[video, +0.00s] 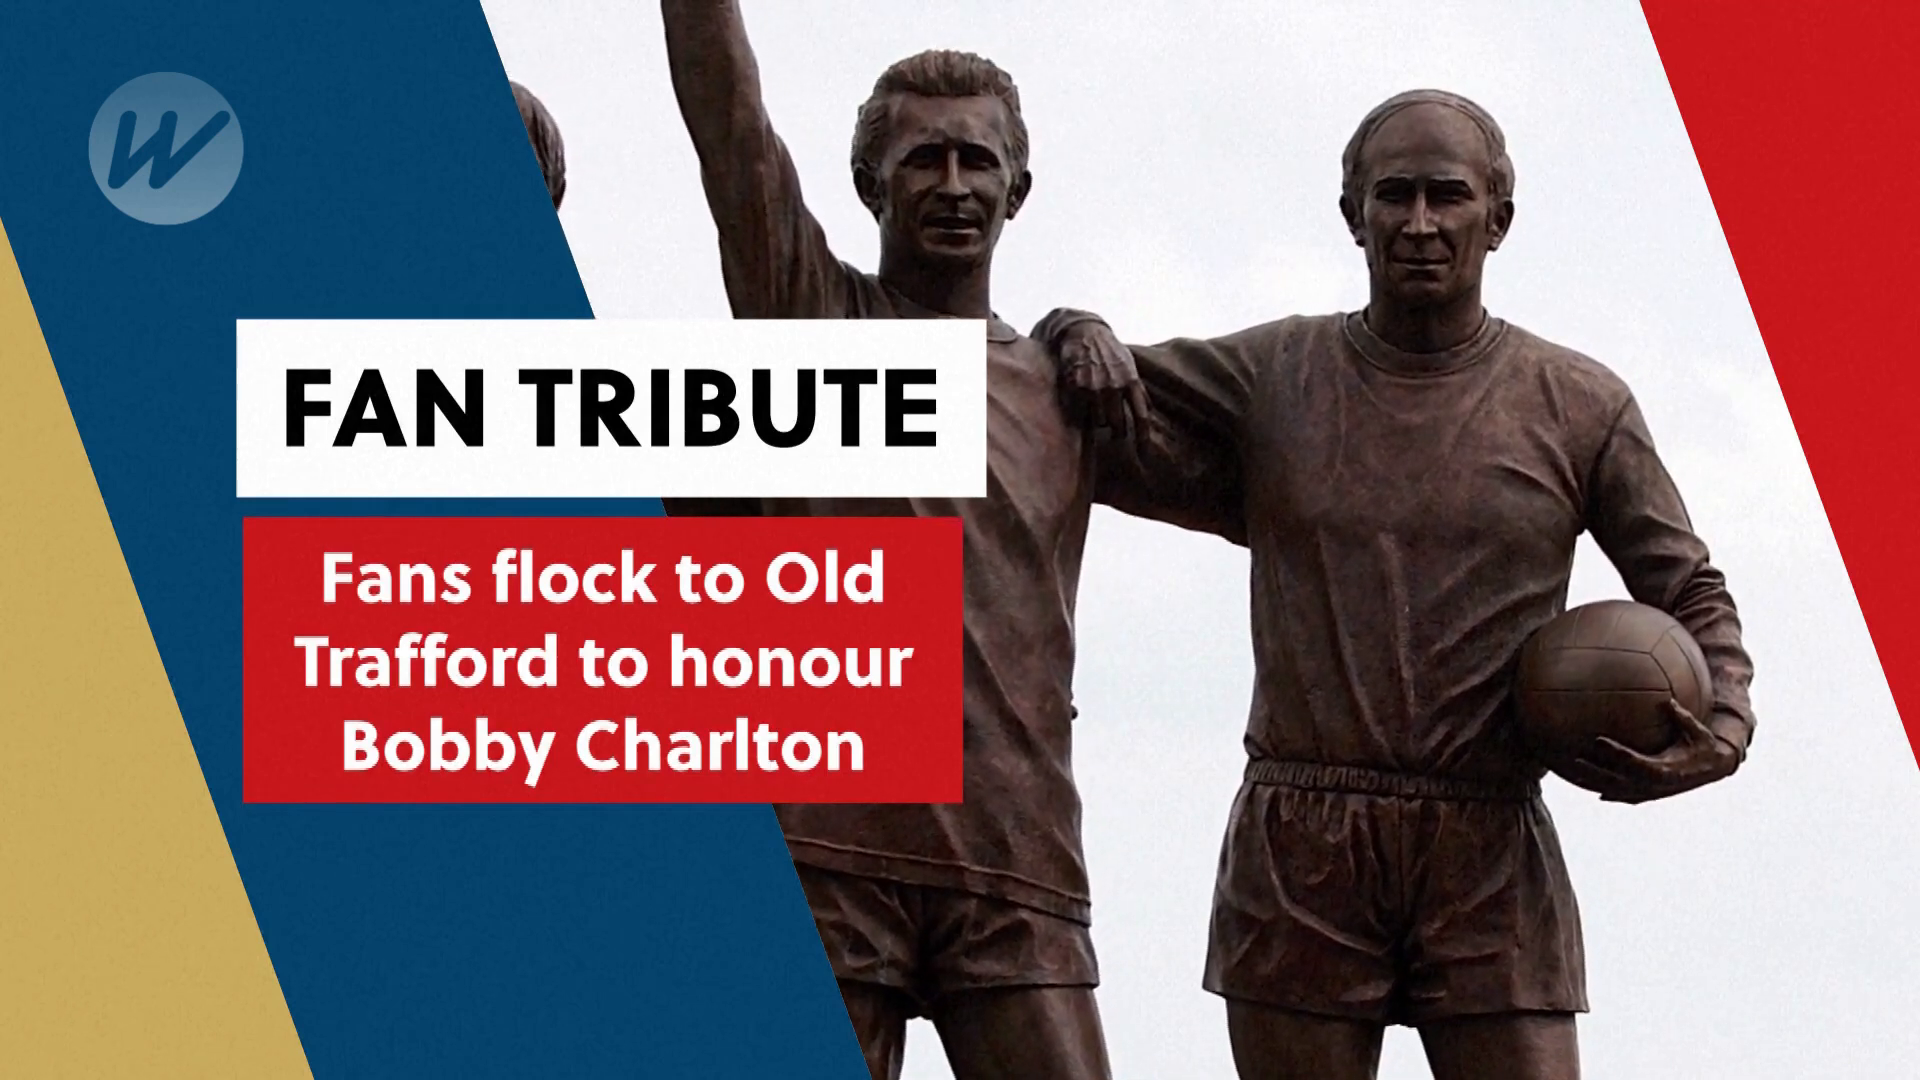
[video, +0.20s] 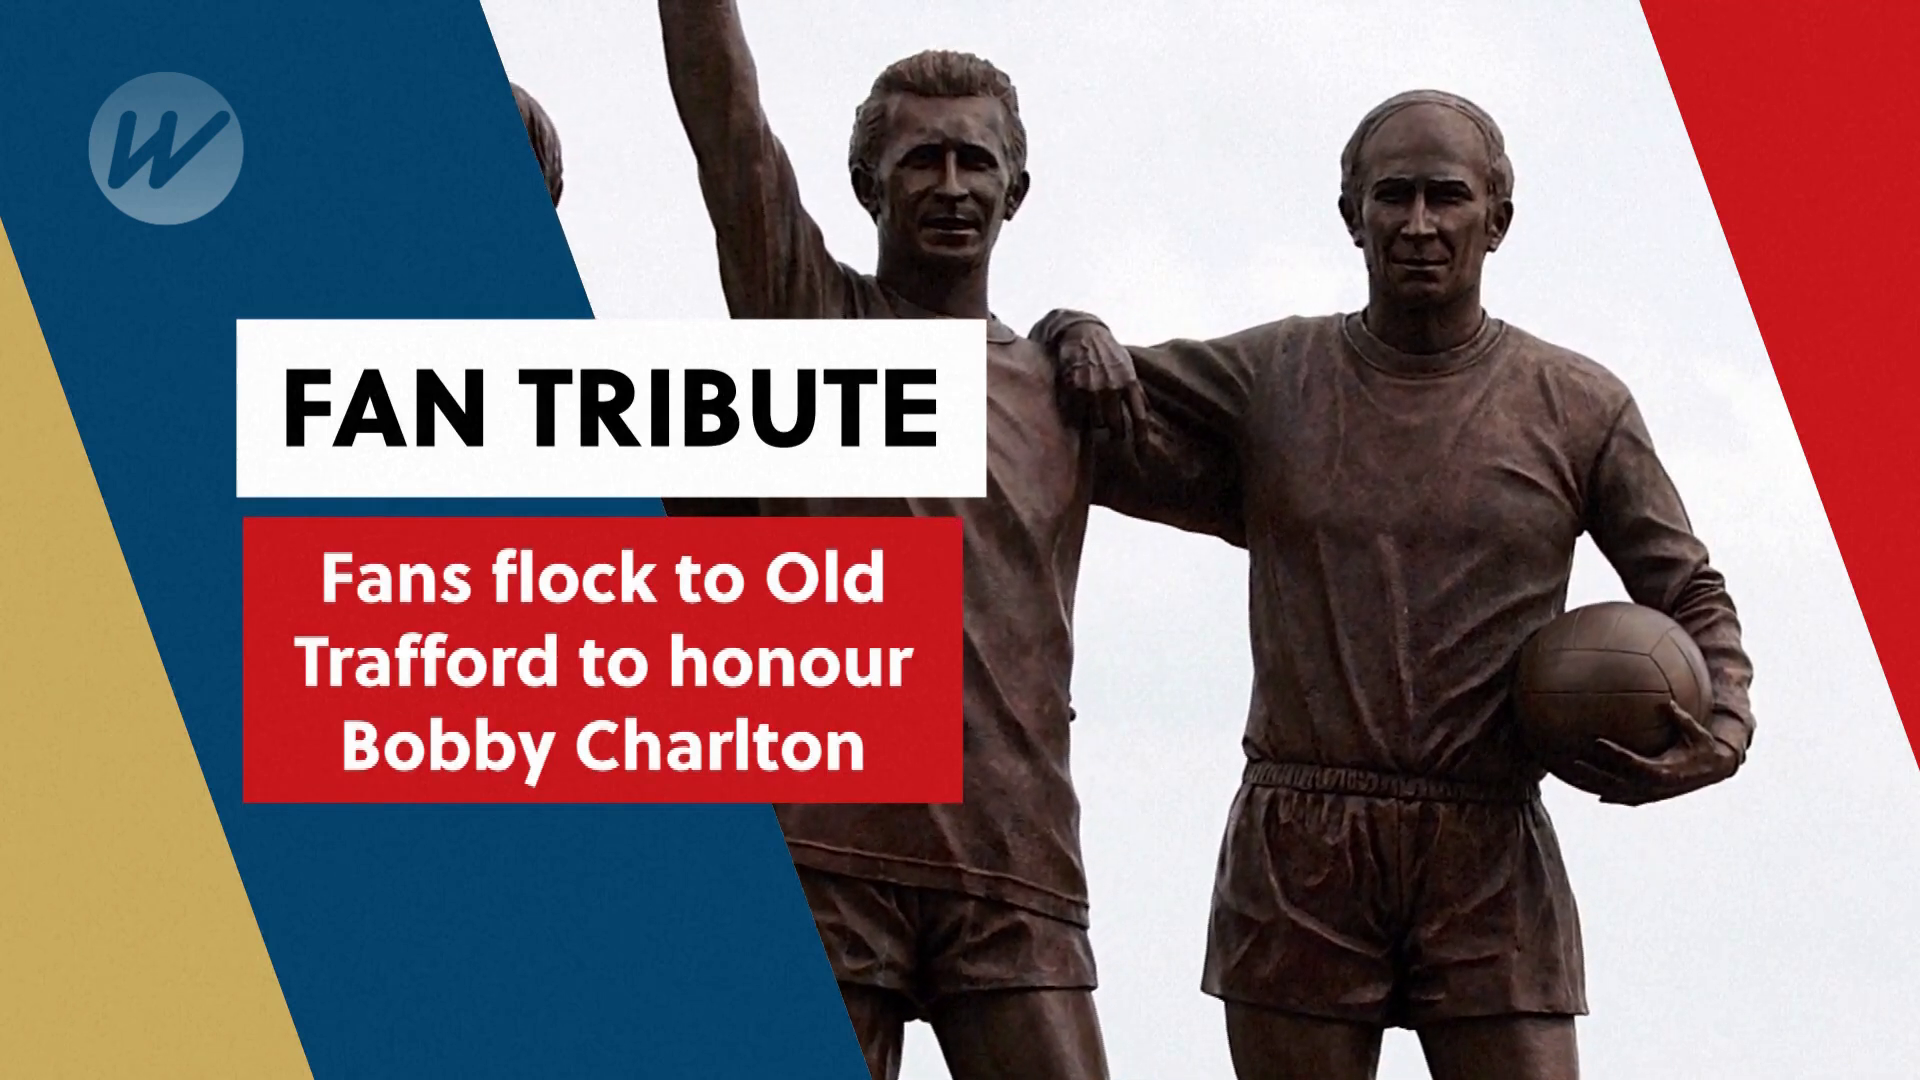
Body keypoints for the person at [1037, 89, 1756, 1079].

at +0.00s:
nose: (1419, 221)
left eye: (1447, 194)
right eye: (1392, 195)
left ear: (1500, 217)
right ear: (1352, 216)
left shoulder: (1580, 403)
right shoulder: (1271, 371)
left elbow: (1689, 592)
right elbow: (1092, 410)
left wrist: (1725, 715)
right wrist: (1074, 332)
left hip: (1490, 852)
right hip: (1298, 848)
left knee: (1534, 1065)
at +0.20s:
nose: (1418, 222)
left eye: (1447, 194)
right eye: (1391, 196)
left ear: (1499, 217)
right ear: (1351, 216)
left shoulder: (1579, 404)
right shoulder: (1270, 372)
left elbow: (1690, 595)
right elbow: (1089, 406)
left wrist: (1723, 722)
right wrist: (1072, 332)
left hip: (1489, 855)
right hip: (1297, 851)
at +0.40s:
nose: (1417, 223)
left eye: (1446, 195)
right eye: (1390, 197)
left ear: (1498, 218)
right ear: (1350, 217)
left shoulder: (1578, 405)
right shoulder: (1269, 373)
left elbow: (1689, 596)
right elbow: (1088, 401)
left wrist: (1723, 722)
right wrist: (1071, 333)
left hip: (1488, 855)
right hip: (1296, 851)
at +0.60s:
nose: (1416, 223)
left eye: (1445, 196)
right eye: (1389, 198)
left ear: (1497, 218)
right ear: (1349, 219)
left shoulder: (1577, 405)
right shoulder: (1268, 374)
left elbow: (1688, 596)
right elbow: (1086, 402)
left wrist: (1723, 722)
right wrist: (1070, 334)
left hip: (1487, 858)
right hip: (1294, 853)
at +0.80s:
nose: (1415, 224)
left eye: (1444, 196)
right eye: (1388, 198)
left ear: (1496, 220)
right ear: (1348, 219)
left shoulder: (1577, 407)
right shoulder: (1266, 376)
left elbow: (1687, 597)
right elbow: (1085, 411)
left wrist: (1722, 725)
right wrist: (1068, 336)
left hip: (1486, 861)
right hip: (1292, 857)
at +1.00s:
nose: (1414, 224)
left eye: (1443, 197)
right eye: (1387, 199)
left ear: (1495, 221)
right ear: (1347, 220)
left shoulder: (1577, 408)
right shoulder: (1265, 377)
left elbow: (1686, 599)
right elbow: (1084, 410)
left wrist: (1721, 730)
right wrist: (1066, 337)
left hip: (1485, 863)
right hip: (1291, 859)